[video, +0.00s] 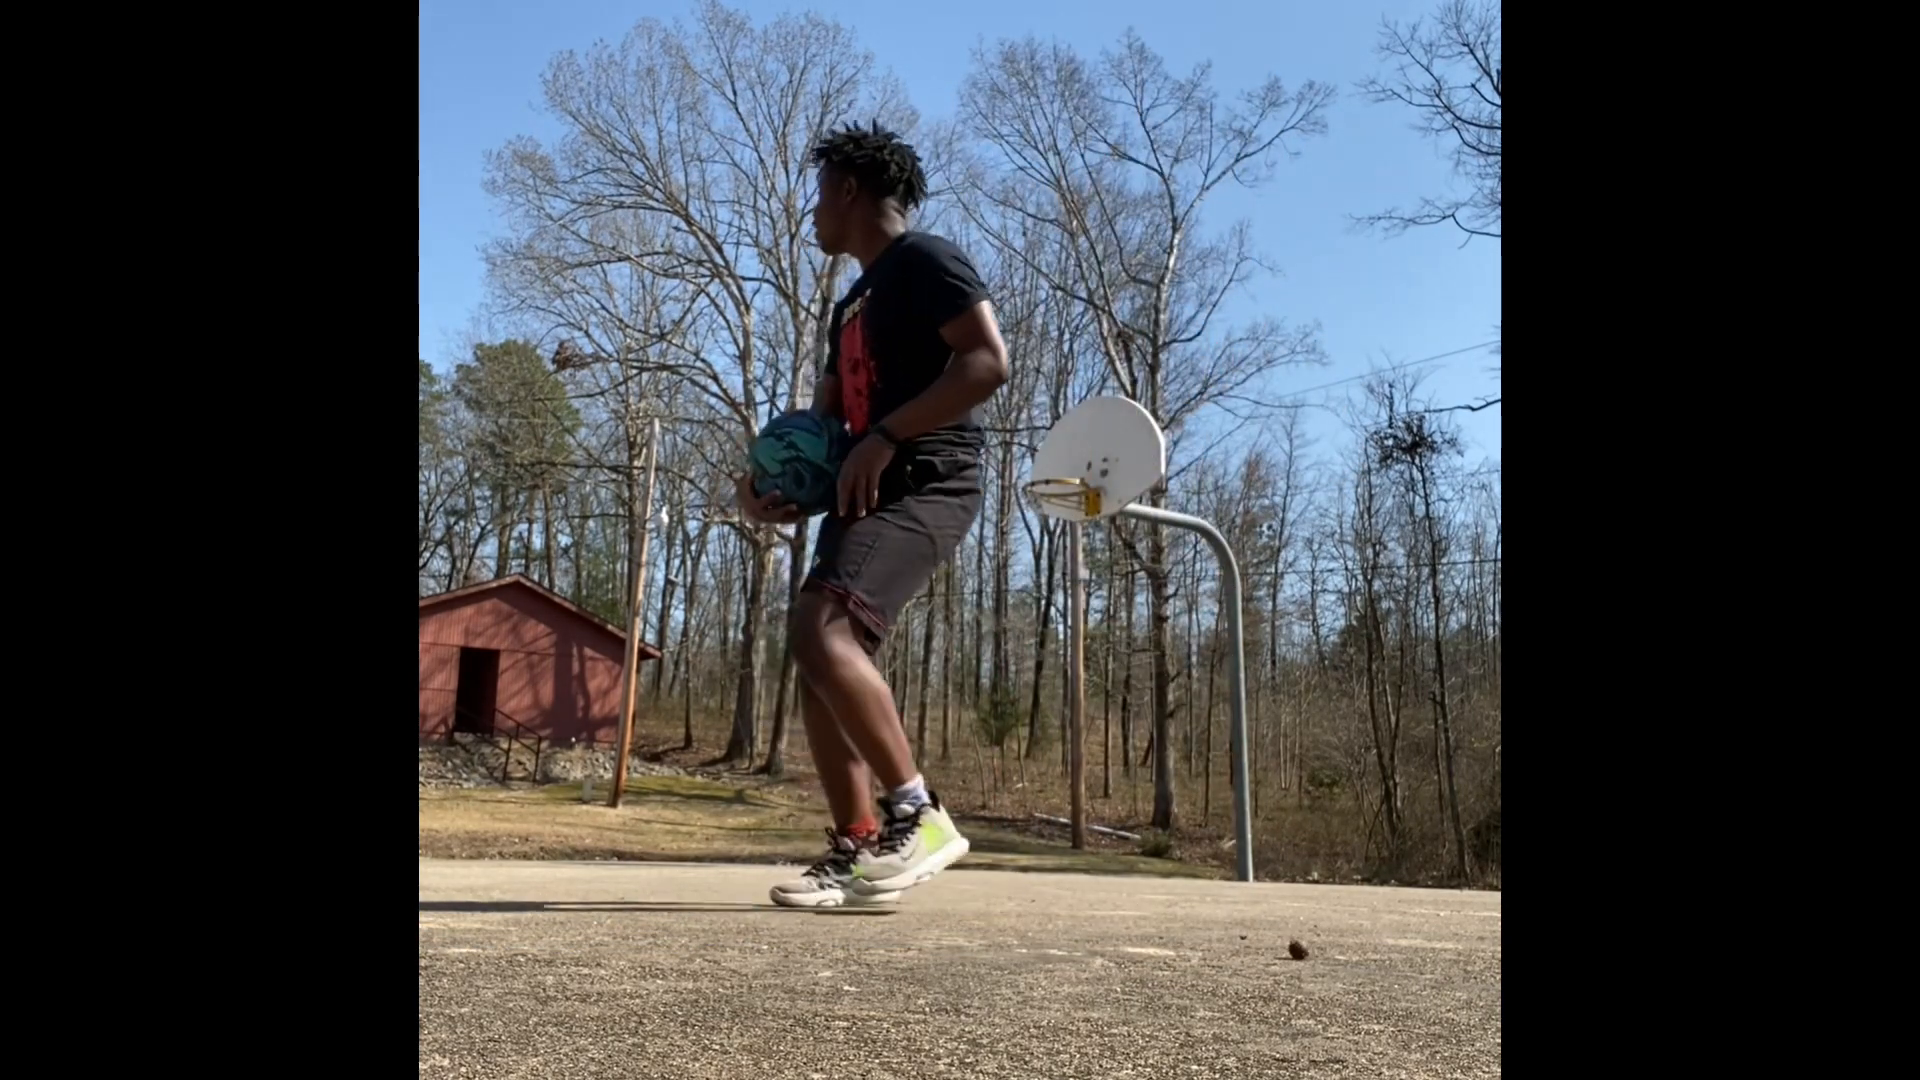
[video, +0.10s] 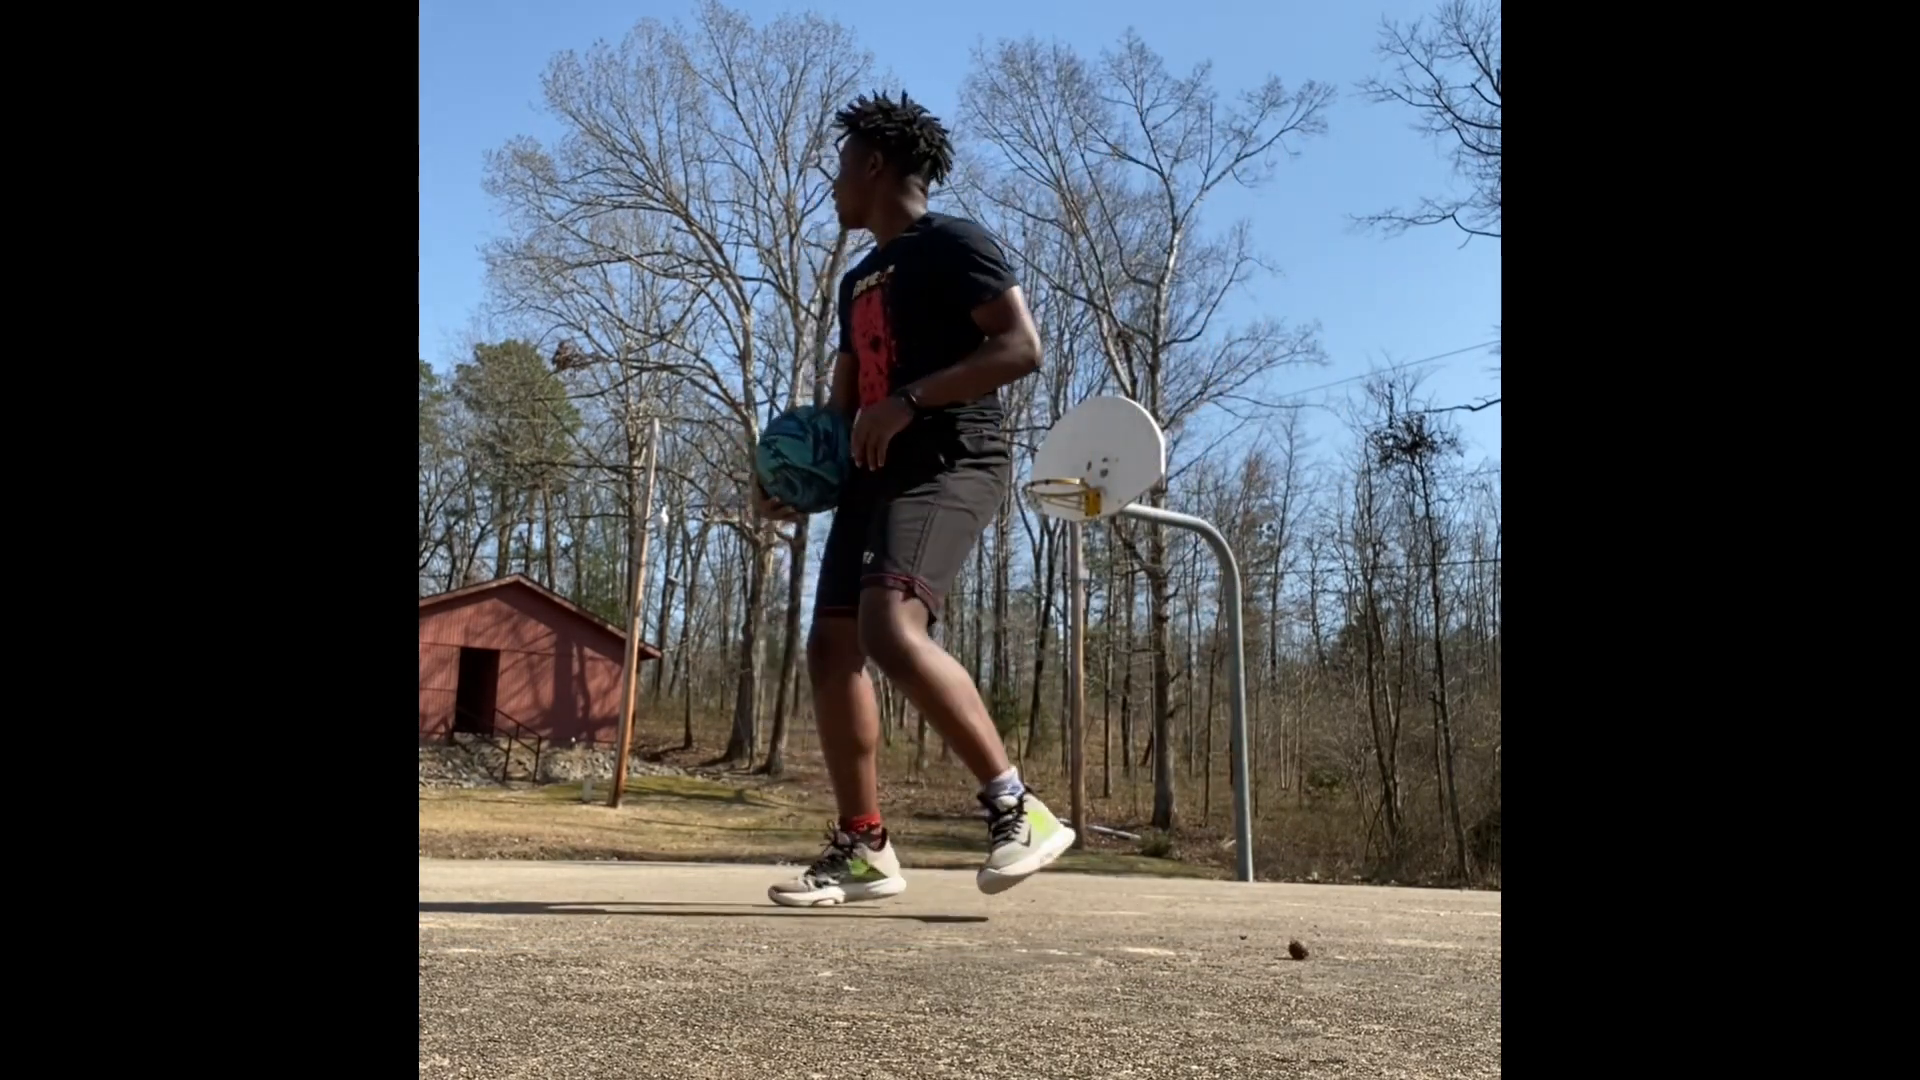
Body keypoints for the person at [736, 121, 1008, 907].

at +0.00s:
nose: (814, 207)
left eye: (823, 190)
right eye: (817, 191)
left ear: (860, 194)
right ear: (864, 198)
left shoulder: (926, 258)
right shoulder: (848, 308)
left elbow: (985, 362)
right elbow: (831, 425)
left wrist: (887, 435)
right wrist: (785, 492)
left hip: (929, 485)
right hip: (866, 490)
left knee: (826, 634)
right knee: (815, 652)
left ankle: (920, 817)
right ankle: (858, 850)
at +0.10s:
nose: (833, 177)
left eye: (843, 161)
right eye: (837, 161)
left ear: (881, 167)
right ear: (879, 170)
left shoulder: (956, 244)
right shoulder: (858, 283)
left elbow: (1022, 348)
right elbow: (844, 403)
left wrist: (908, 402)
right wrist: (795, 476)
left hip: (954, 463)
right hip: (877, 472)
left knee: (891, 626)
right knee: (832, 646)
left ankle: (1018, 810)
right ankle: (863, 848)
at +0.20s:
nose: (860, 179)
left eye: (873, 162)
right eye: (866, 162)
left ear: (912, 170)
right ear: (914, 174)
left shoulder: (989, 261)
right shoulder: (872, 281)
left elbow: (1051, 378)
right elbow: (865, 397)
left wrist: (926, 392)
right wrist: (815, 459)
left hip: (974, 469)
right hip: (895, 474)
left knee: (981, 631)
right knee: (834, 657)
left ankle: (1103, 832)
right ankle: (864, 855)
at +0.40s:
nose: (945, 142)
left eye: (960, 124)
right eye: (952, 124)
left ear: (1007, 135)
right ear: (1003, 139)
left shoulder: (1096, 241)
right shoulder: (949, 259)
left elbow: (1177, 354)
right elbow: (919, 383)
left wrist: (1050, 386)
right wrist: (866, 463)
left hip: (1073, 458)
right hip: (972, 463)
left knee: (1107, 631)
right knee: (888, 653)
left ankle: (1168, 864)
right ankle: (864, 838)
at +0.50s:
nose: (985, 103)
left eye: (1002, 87)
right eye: (988, 87)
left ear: (1061, 99)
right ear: (1032, 102)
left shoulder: (1139, 201)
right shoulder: (979, 224)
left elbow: (1251, 289)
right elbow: (938, 346)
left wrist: (1138, 343)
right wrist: (884, 423)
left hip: (1107, 440)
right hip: (999, 445)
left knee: (1118, 622)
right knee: (918, 630)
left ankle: (1167, 862)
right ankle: (924, 819)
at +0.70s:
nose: (1096, 63)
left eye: (1116, 48)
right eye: (1078, 45)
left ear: (1145, 65)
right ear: (1049, 56)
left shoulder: (1185, 161)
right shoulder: (1001, 181)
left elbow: (1310, 247)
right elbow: (955, 317)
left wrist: (1178, 252)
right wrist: (997, 392)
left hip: (1162, 402)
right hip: (1048, 405)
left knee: (1178, 614)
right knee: (1023, 578)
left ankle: (1170, 866)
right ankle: (1069, 844)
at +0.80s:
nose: (1121, 77)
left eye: (1138, 58)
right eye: (1100, 58)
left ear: (1162, 67)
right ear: (1061, 65)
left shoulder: (1208, 169)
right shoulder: (1015, 196)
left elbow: (1303, 286)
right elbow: (982, 355)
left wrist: (1160, 267)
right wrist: (1082, 407)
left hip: (1191, 405)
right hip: (1070, 408)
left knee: (1198, 620)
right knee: (1089, 592)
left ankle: (1175, 857)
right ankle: (1142, 846)